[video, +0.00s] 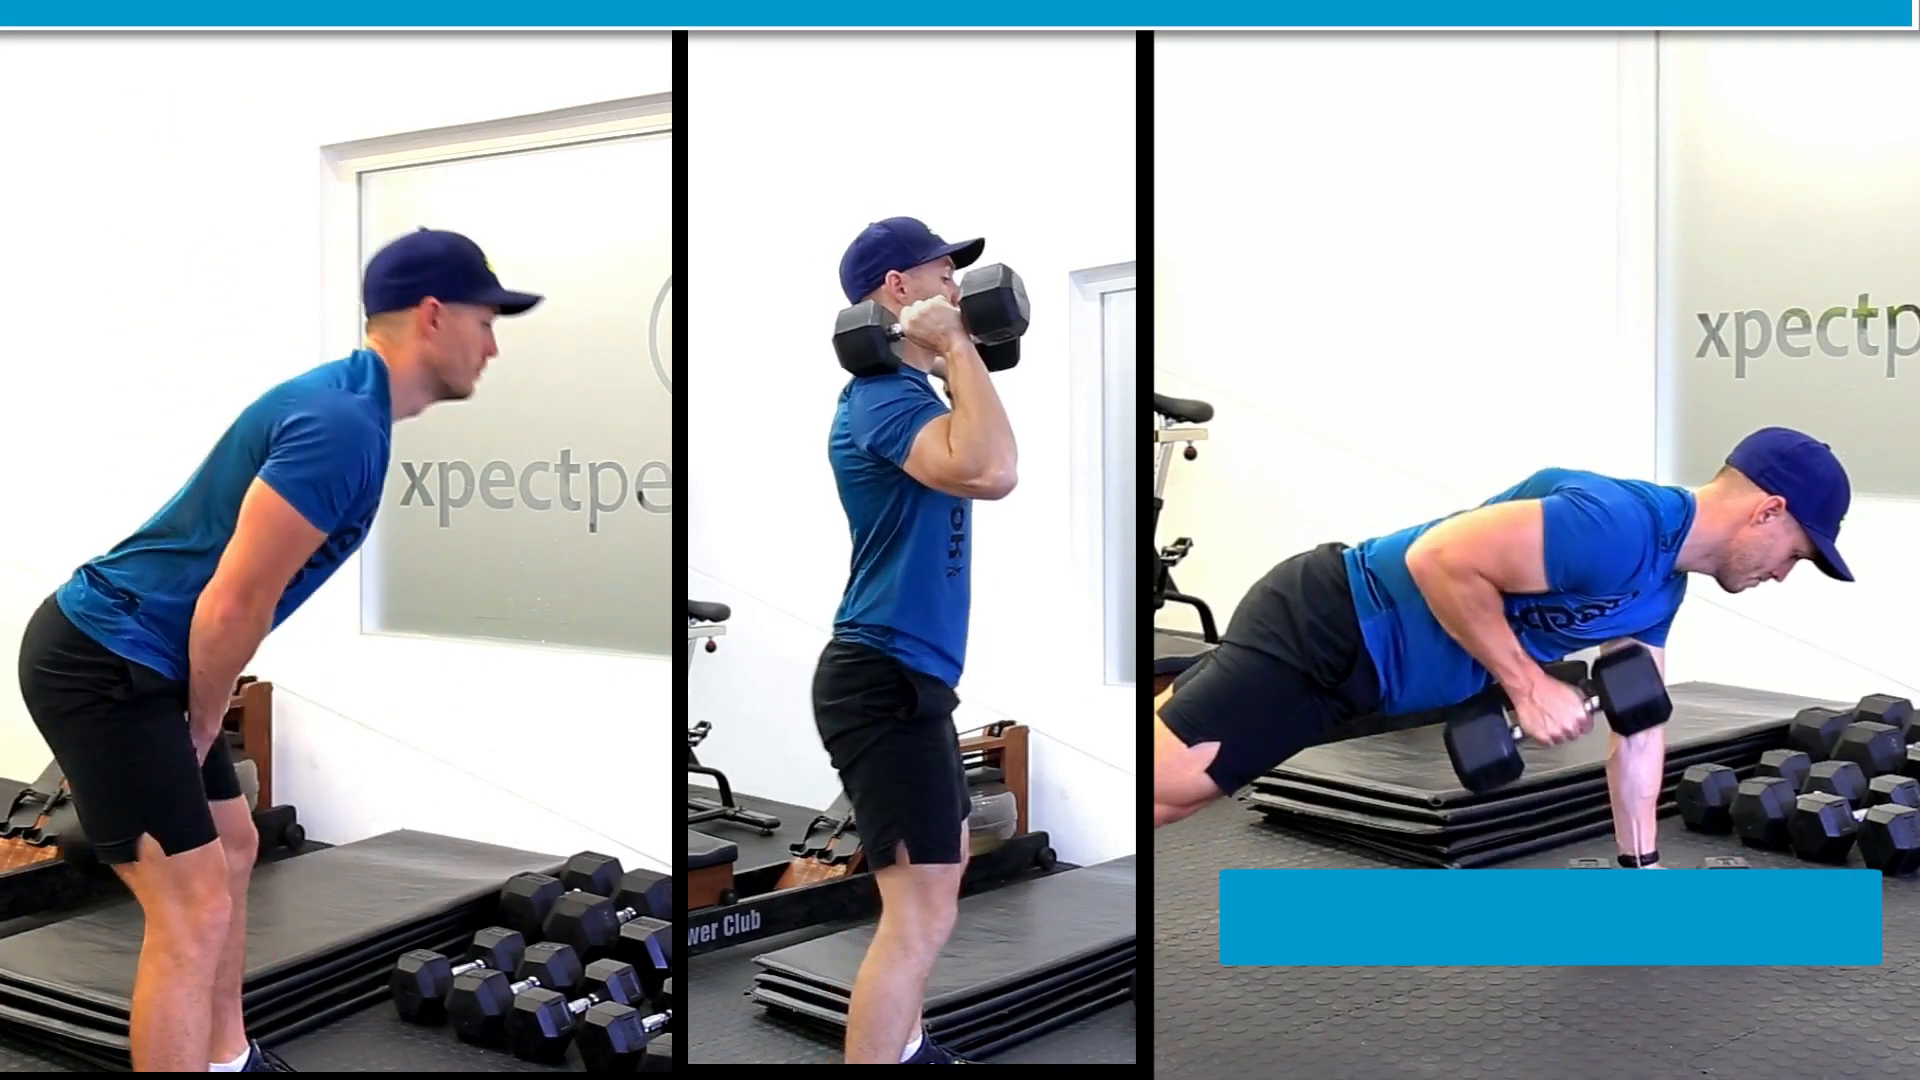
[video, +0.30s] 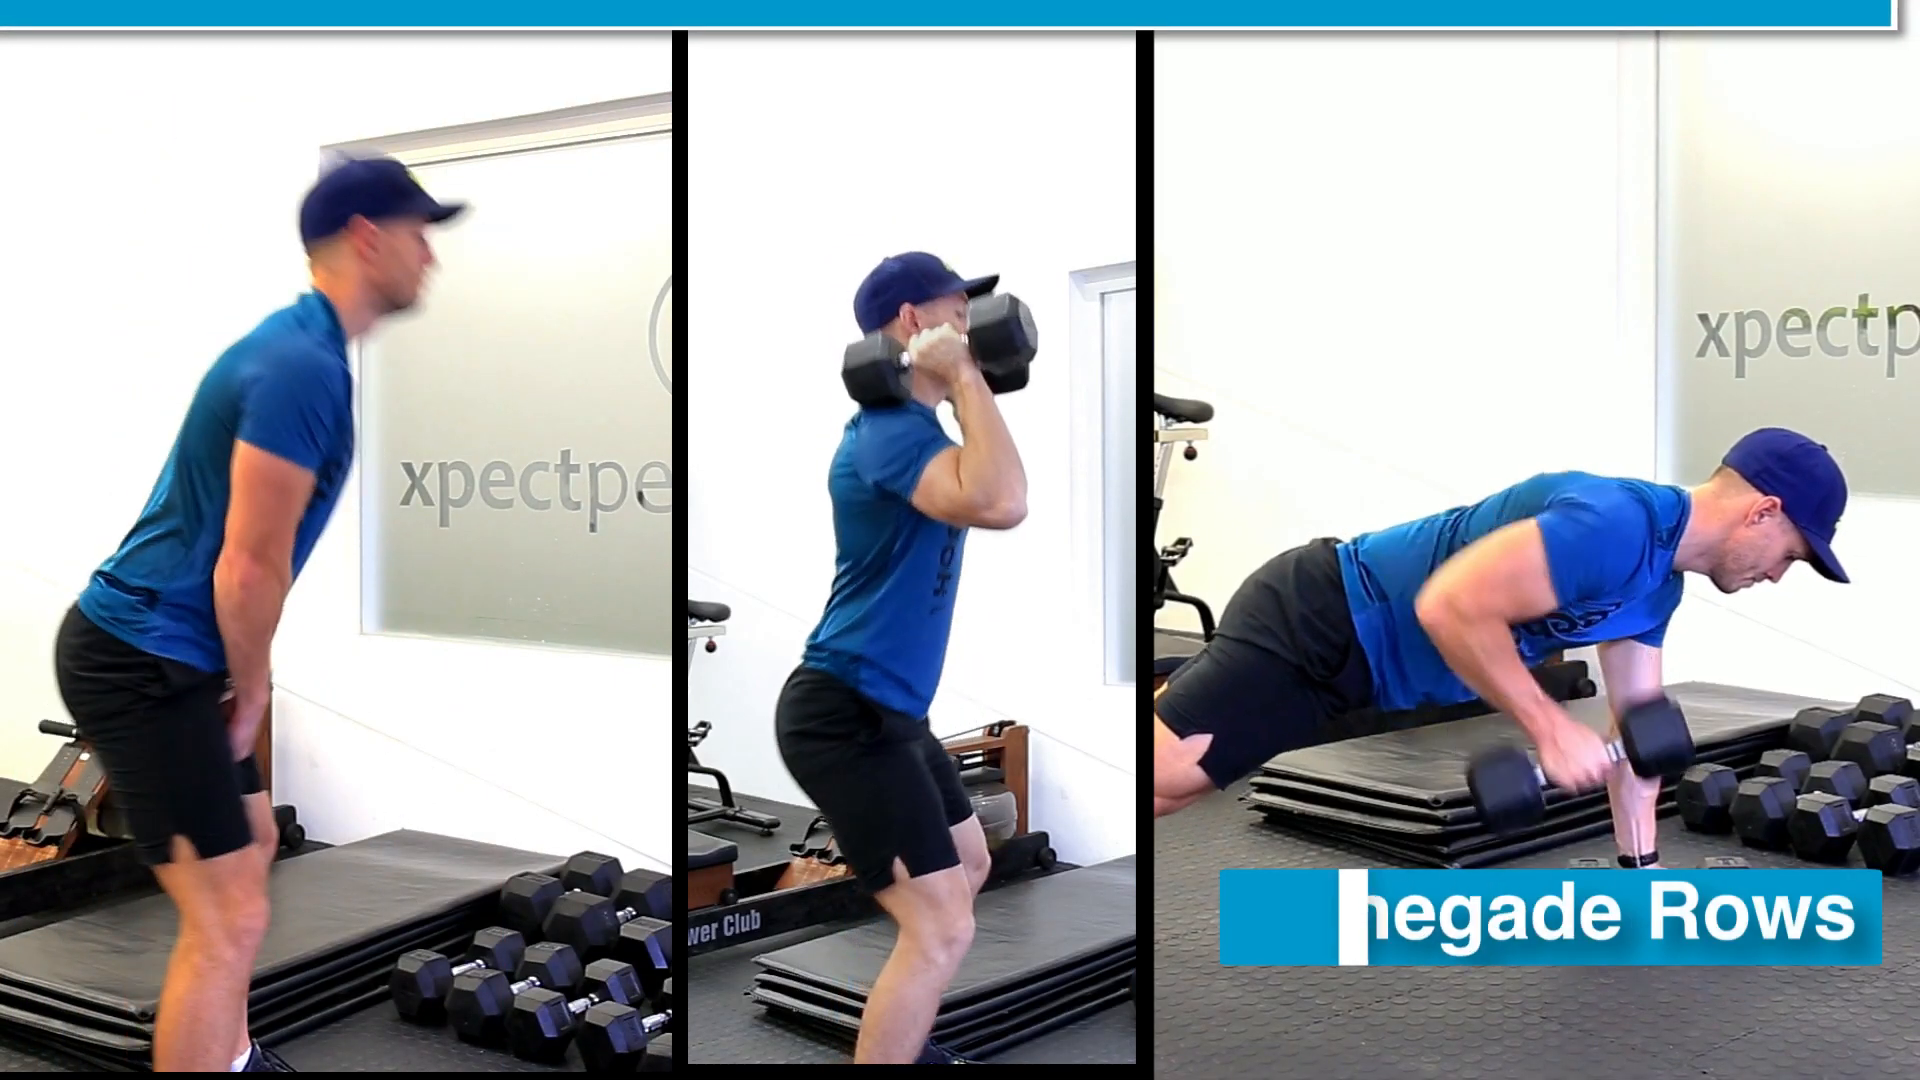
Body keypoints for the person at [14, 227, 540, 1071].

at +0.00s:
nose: (495, 345)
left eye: (496, 322)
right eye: (486, 319)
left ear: (426, 319)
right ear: (430, 316)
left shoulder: (352, 414)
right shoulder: (341, 424)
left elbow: (243, 596)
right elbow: (231, 604)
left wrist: (202, 720)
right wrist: (198, 736)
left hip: (153, 651)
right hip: (101, 654)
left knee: (232, 846)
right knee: (192, 908)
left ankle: (224, 1059)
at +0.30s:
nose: (433, 252)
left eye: (429, 233)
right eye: (418, 232)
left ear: (361, 241)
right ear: (360, 237)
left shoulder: (313, 357)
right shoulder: (298, 364)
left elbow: (258, 558)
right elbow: (246, 571)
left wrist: (250, 687)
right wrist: (249, 699)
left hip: (190, 652)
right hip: (141, 655)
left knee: (251, 849)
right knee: (228, 915)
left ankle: (219, 1044)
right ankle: (197, 1073)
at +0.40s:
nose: (369, 214)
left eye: (368, 193)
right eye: (356, 191)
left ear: (293, 195)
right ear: (297, 191)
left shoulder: (251, 315)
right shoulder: (250, 327)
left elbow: (250, 525)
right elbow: (251, 535)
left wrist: (278, 653)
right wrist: (287, 654)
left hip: (186, 644)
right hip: (175, 650)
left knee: (239, 894)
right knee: (241, 917)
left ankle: (218, 1050)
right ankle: (204, 1067)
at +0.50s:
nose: (309, 195)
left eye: (309, 175)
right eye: (297, 171)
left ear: (233, 174)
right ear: (234, 168)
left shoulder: (200, 289)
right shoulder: (198, 298)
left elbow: (253, 489)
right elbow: (258, 497)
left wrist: (334, 588)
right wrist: (345, 592)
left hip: (205, 630)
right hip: (195, 637)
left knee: (233, 878)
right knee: (223, 907)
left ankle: (226, 1055)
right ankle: (193, 1074)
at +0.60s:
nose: (275, 190)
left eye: (274, 170)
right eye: (263, 167)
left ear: (199, 171)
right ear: (201, 166)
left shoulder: (175, 288)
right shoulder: (171, 295)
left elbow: (257, 469)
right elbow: (266, 472)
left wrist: (377, 532)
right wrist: (389, 535)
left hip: (206, 631)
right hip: (191, 638)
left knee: (226, 877)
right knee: (202, 906)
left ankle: (226, 1059)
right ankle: (190, 1076)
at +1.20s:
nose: (274, 167)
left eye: (270, 148)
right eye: (258, 146)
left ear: (198, 160)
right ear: (198, 156)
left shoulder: (204, 289)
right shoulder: (179, 293)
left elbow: (297, 467)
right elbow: (298, 463)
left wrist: (416, 531)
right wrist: (423, 530)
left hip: (202, 637)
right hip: (171, 640)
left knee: (232, 885)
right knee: (217, 908)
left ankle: (225, 1056)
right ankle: (198, 1075)